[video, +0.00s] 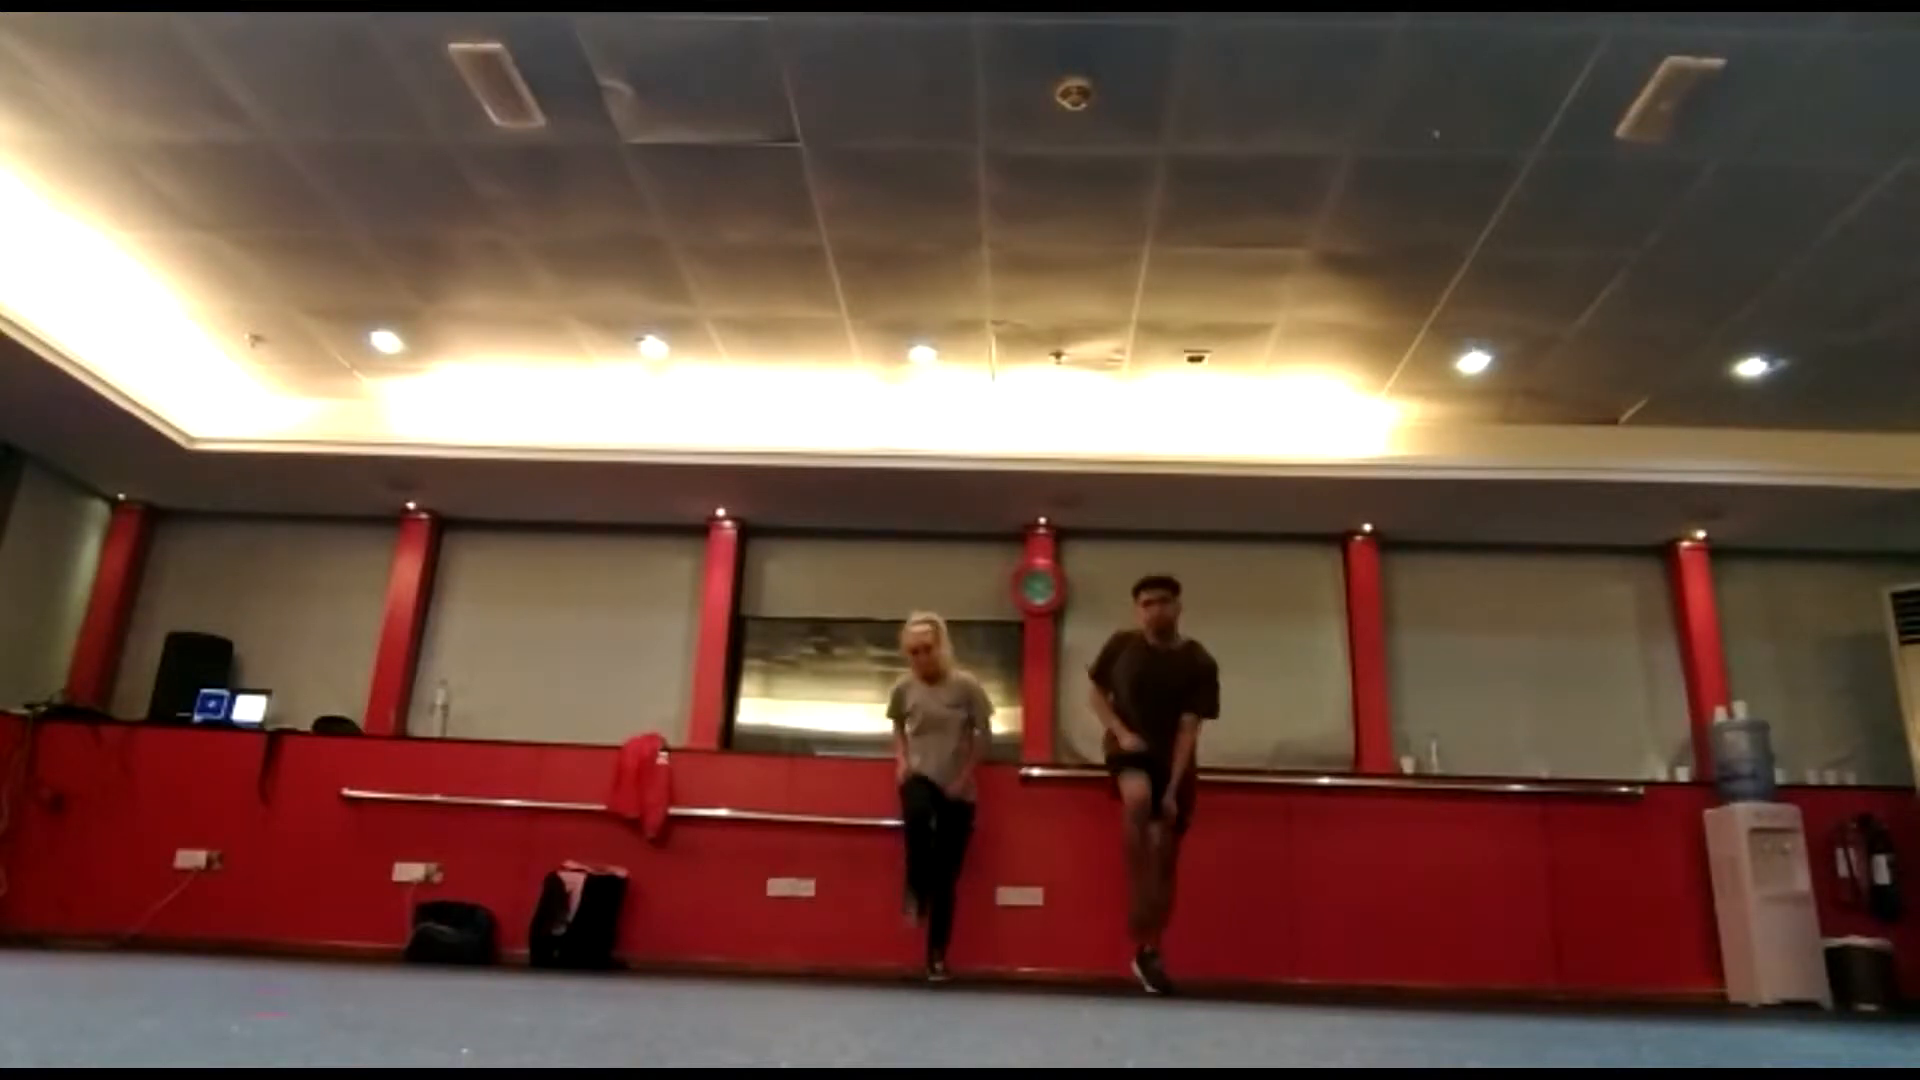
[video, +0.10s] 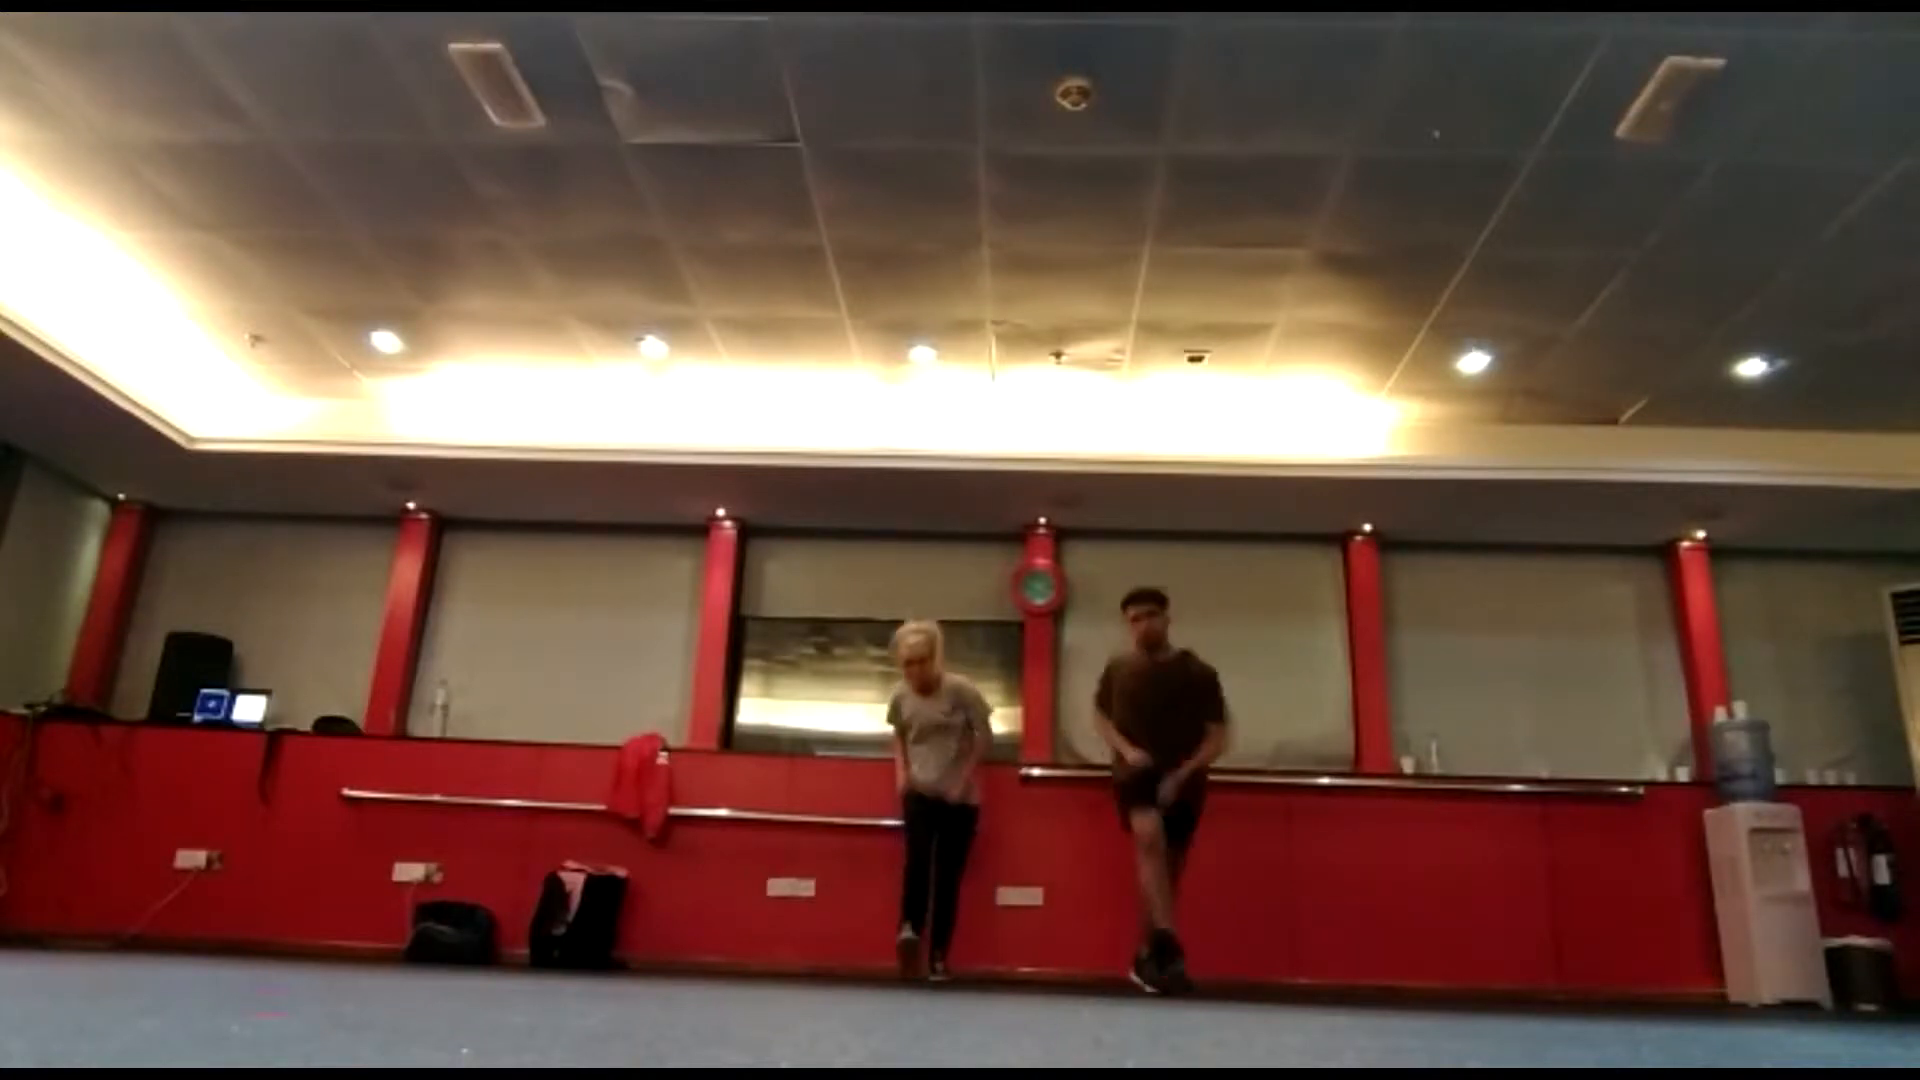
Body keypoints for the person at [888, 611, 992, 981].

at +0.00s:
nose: (921, 658)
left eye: (927, 649)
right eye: (914, 651)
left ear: (941, 647)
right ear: (906, 654)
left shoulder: (967, 688)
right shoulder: (903, 691)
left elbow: (982, 738)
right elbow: (898, 728)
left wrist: (965, 777)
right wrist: (902, 760)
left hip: (955, 786)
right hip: (918, 779)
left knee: (945, 874)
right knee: (917, 817)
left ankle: (937, 955)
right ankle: (917, 890)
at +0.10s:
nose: (915, 671)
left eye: (921, 662)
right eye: (908, 663)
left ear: (936, 659)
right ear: (900, 664)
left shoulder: (962, 693)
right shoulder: (901, 700)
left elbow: (984, 737)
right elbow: (900, 735)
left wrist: (965, 779)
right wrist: (902, 772)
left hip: (957, 797)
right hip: (919, 793)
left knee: (947, 877)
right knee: (916, 866)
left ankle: (939, 956)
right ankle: (910, 929)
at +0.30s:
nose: (906, 683)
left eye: (913, 675)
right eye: (899, 676)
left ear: (926, 676)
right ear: (890, 679)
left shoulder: (947, 710)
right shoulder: (887, 722)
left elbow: (967, 754)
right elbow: (894, 771)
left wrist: (942, 801)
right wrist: (903, 809)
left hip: (955, 814)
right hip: (916, 814)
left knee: (945, 884)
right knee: (910, 884)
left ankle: (936, 946)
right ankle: (908, 953)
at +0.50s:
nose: (922, 642)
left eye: (929, 634)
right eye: (915, 634)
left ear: (940, 635)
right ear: (903, 635)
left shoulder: (955, 672)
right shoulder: (896, 671)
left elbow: (972, 717)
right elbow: (873, 701)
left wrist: (968, 752)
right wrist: (895, 659)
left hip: (947, 787)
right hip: (903, 786)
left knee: (942, 869)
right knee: (907, 877)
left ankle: (950, 905)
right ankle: (909, 955)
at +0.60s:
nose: (921, 629)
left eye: (929, 621)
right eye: (915, 620)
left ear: (942, 624)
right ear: (902, 622)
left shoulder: (956, 664)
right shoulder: (883, 661)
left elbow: (1007, 678)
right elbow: (823, 658)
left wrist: (1055, 667)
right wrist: (781, 630)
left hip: (947, 776)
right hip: (902, 777)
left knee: (933, 857)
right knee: (907, 864)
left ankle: (934, 942)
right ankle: (909, 949)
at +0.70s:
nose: (920, 650)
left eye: (928, 641)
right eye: (914, 641)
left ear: (939, 644)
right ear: (900, 644)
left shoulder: (952, 684)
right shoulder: (885, 685)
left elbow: (982, 689)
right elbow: (857, 683)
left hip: (944, 789)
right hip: (900, 789)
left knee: (929, 863)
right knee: (904, 869)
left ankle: (923, 938)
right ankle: (907, 950)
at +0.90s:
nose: (918, 698)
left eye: (927, 689)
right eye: (911, 688)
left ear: (940, 691)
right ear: (899, 688)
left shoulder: (948, 733)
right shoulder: (883, 727)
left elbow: (936, 796)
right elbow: (881, 793)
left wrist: (924, 855)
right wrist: (884, 851)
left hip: (939, 811)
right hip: (901, 813)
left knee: (914, 872)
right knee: (896, 873)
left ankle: (916, 956)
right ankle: (903, 952)